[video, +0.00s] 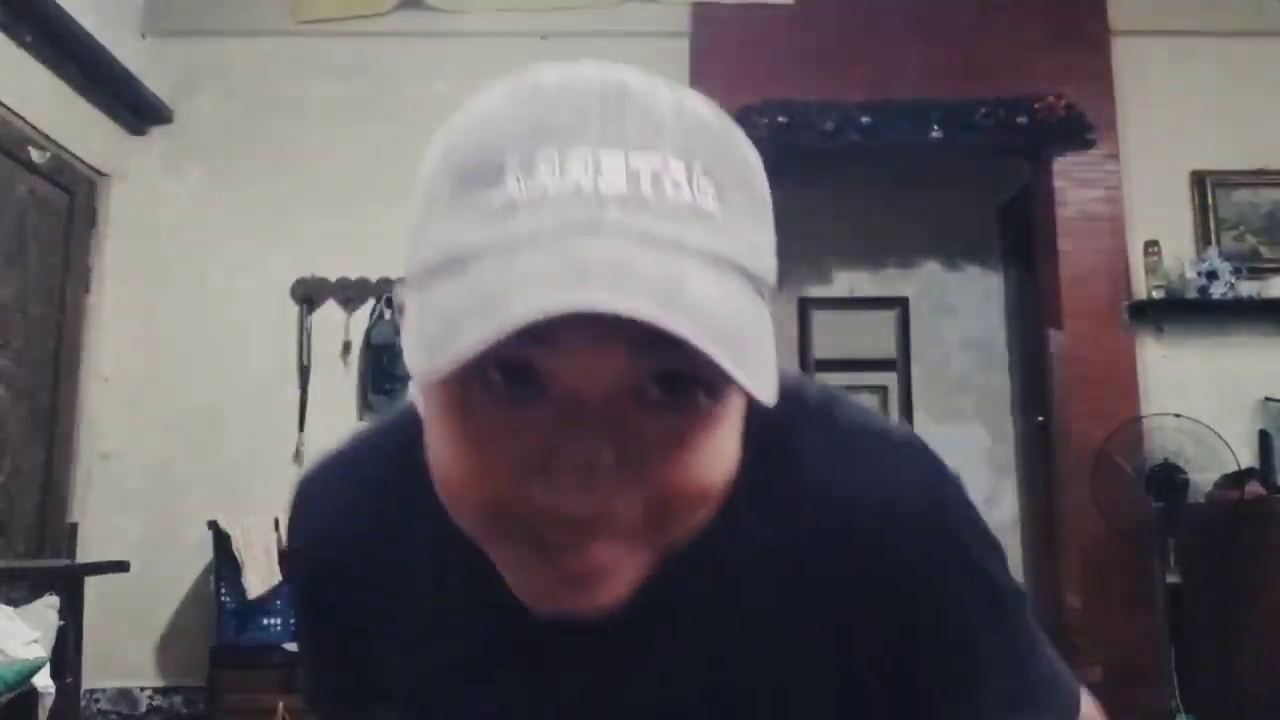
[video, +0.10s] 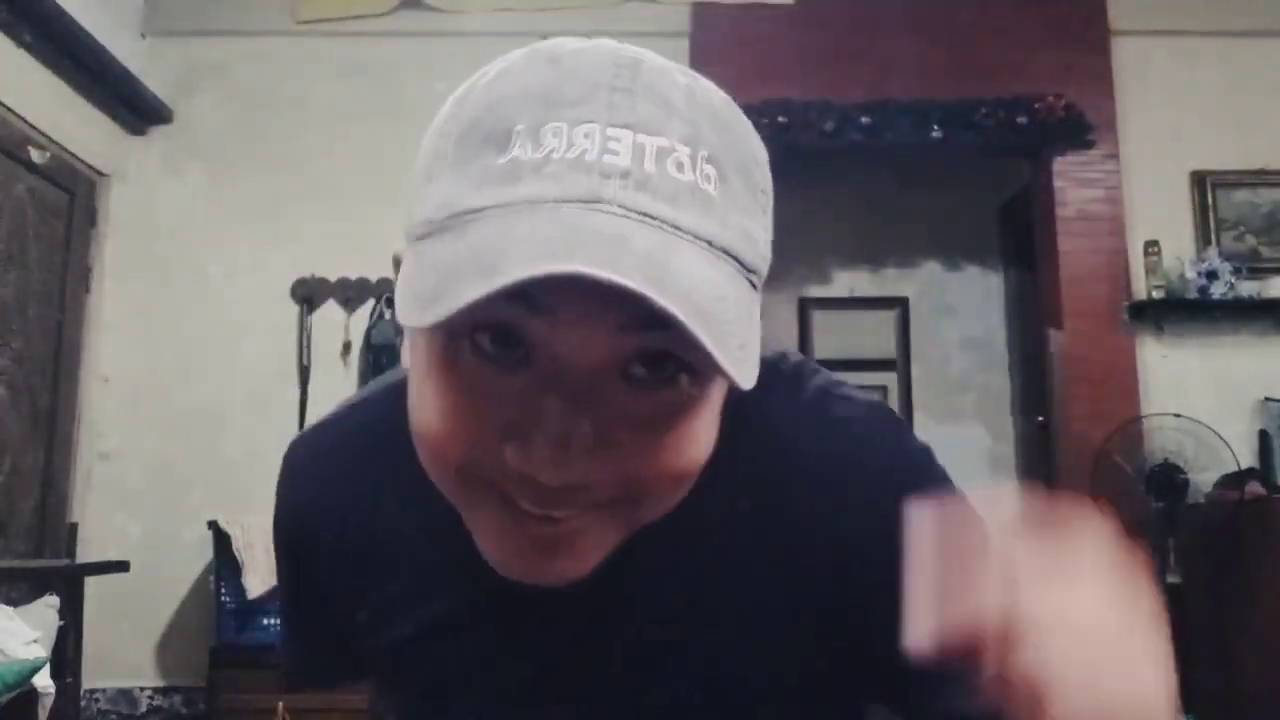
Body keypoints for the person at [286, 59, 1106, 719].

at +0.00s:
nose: (585, 474)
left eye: (666, 391)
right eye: (515, 382)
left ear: (757, 378)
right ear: (418, 364)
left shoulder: (882, 512)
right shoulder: (344, 527)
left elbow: (1049, 711)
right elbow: (347, 704)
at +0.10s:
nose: (558, 450)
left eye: (650, 374)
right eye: (498, 345)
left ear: (739, 362)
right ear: (409, 300)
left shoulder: (854, 483)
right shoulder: (333, 492)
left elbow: (967, 677)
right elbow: (326, 697)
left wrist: (1079, 657)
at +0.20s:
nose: (543, 447)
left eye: (640, 375)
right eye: (492, 334)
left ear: (727, 364)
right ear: (409, 289)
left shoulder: (849, 489)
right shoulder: (331, 487)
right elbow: (320, 699)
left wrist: (1097, 574)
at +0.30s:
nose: (539, 447)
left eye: (633, 373)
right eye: (485, 336)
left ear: (721, 366)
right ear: (401, 305)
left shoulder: (847, 493)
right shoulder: (328, 500)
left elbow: (1090, 698)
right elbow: (311, 705)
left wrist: (1046, 497)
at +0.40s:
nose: (544, 453)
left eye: (638, 374)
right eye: (485, 341)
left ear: (722, 368)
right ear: (400, 303)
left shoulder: (836, 479)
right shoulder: (325, 503)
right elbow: (303, 700)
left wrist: (1016, 490)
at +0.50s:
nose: (553, 447)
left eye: (643, 366)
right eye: (489, 339)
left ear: (728, 358)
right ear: (400, 300)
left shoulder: (831, 477)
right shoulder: (326, 499)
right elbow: (305, 698)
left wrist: (1013, 466)